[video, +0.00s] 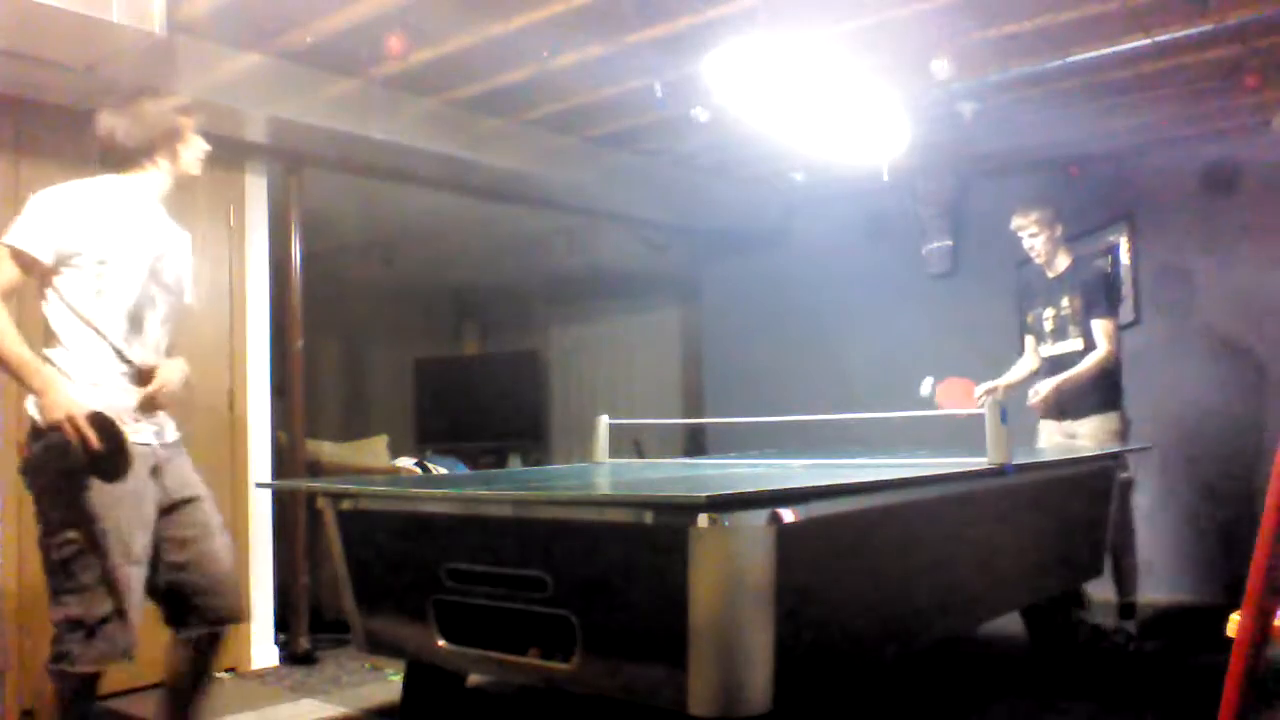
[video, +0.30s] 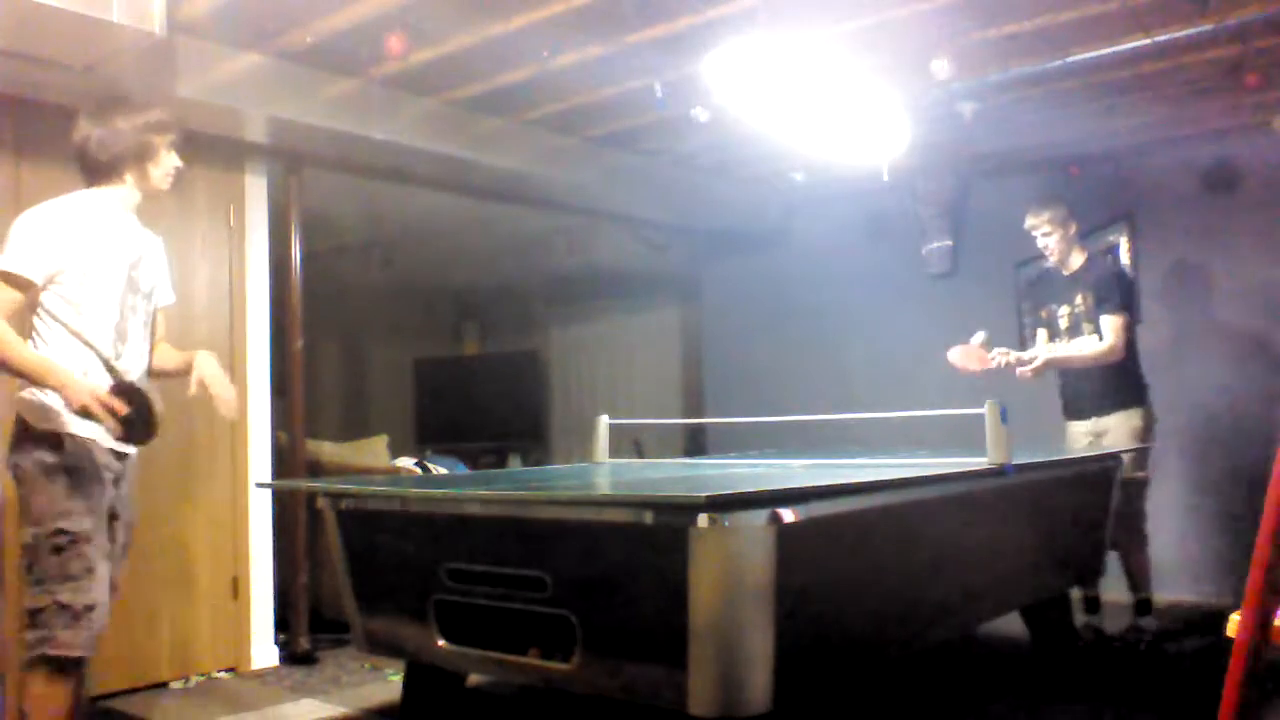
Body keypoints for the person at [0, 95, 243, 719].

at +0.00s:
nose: (204, 144)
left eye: (199, 132)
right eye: (193, 131)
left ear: (155, 143)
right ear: (162, 142)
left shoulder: (176, 240)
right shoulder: (69, 206)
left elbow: (156, 343)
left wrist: (177, 368)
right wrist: (44, 384)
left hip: (154, 438)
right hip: (81, 439)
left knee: (213, 602)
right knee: (91, 636)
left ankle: (177, 715)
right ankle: (72, 715)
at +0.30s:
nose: (178, 163)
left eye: (178, 149)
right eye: (169, 149)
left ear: (144, 153)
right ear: (133, 151)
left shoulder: (151, 249)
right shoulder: (52, 223)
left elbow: (143, 356)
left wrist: (196, 359)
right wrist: (74, 387)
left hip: (115, 445)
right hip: (55, 440)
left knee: (83, 619)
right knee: (65, 624)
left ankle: (59, 709)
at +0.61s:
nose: (171, 173)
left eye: (171, 161)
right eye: (162, 160)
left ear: (131, 165)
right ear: (127, 161)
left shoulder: (138, 249)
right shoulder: (51, 228)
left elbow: (125, 334)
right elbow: (12, 330)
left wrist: (158, 367)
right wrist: (113, 365)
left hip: (109, 434)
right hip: (54, 430)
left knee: (105, 584)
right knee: (72, 585)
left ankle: (57, 701)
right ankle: (63, 710)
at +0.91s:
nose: (159, 176)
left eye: (158, 163)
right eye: (150, 162)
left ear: (127, 168)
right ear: (116, 164)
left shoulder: (132, 252)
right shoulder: (46, 232)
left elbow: (123, 344)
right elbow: (13, 333)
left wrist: (163, 372)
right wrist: (117, 367)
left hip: (121, 446)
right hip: (58, 444)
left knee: (100, 612)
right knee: (42, 612)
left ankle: (76, 716)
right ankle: (19, 715)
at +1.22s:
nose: (172, 181)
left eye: (170, 168)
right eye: (163, 168)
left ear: (136, 174)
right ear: (129, 172)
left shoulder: (144, 256)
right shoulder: (53, 239)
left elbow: (135, 341)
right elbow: (18, 342)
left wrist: (170, 376)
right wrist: (125, 379)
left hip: (135, 443)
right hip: (65, 447)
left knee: (181, 583)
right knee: (54, 607)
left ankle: (167, 708)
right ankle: (21, 713)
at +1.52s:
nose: (228, 199)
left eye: (227, 186)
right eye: (220, 186)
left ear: (196, 190)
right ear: (186, 188)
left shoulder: (198, 268)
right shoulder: (110, 251)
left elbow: (191, 356)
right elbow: (72, 353)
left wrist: (221, 398)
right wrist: (171, 399)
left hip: (177, 448)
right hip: (110, 448)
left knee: (209, 591)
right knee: (85, 598)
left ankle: (215, 712)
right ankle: (30, 713)